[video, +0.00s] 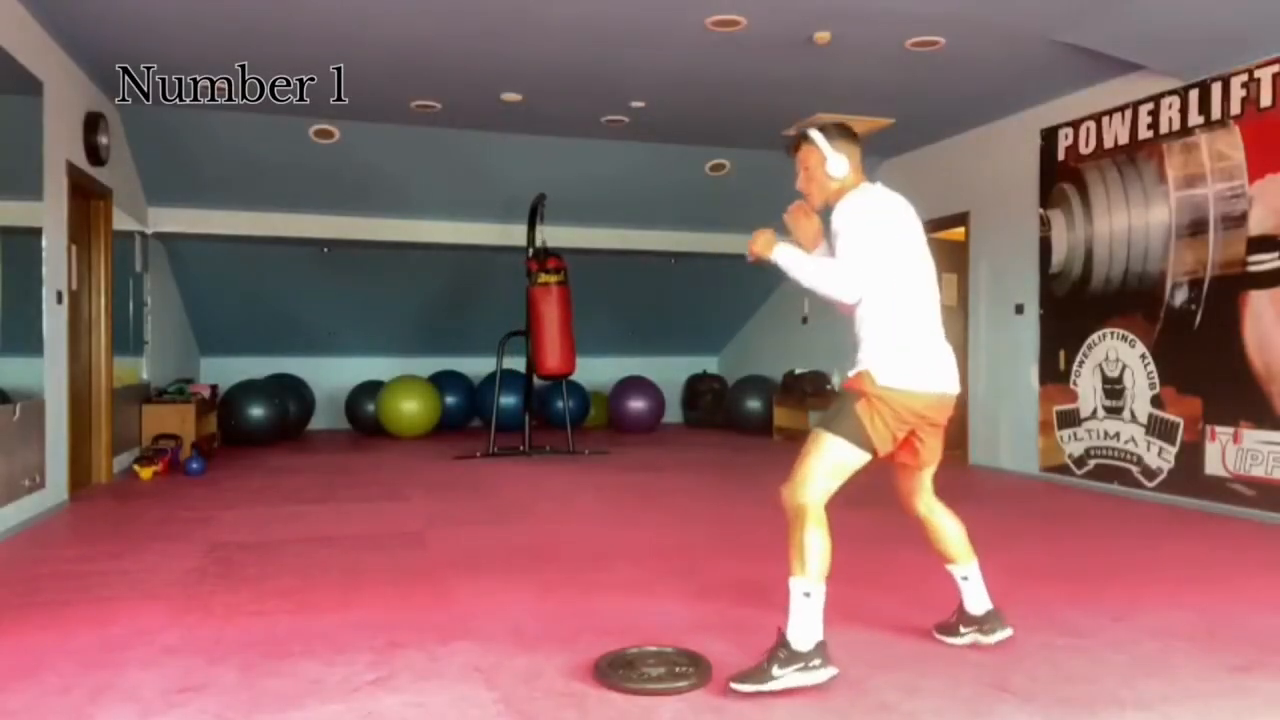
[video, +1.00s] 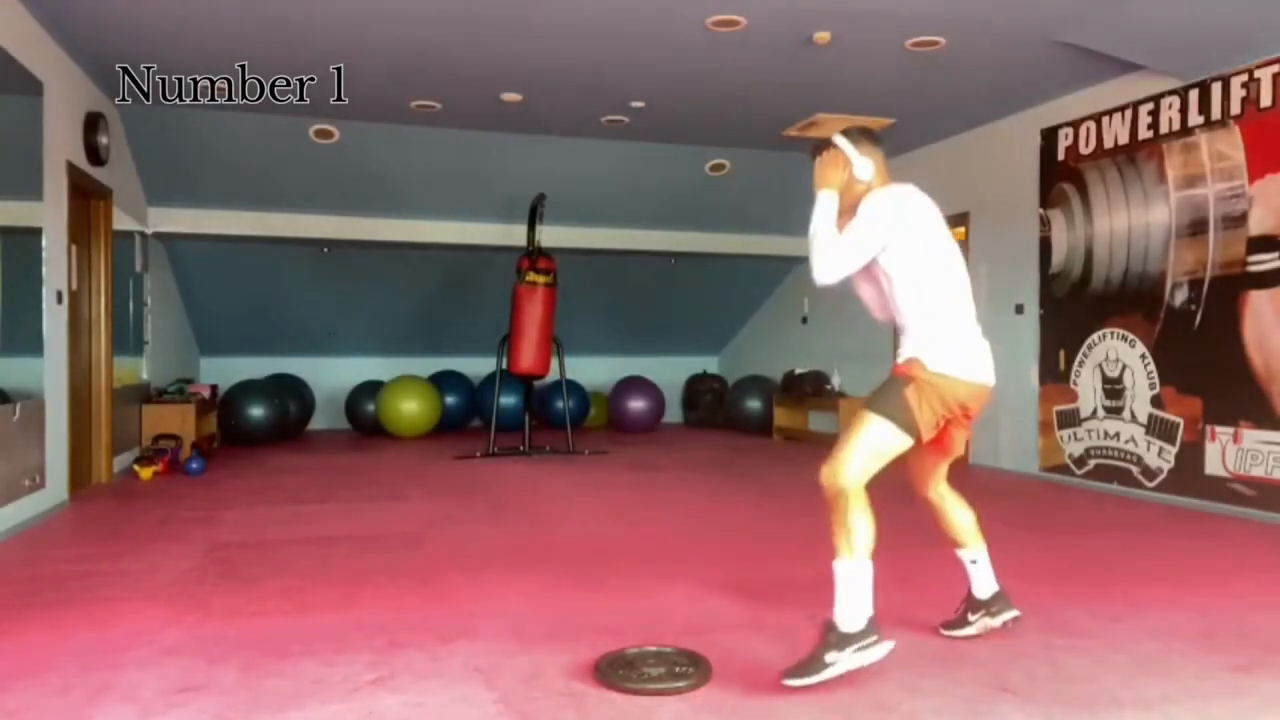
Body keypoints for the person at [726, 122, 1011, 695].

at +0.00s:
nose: (801, 180)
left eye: (806, 167)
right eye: (799, 169)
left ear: (832, 162)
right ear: (850, 161)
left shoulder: (855, 210)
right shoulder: (897, 206)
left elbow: (849, 286)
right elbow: (870, 290)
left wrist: (781, 254)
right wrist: (815, 247)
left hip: (890, 384)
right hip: (936, 385)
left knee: (803, 495)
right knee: (921, 498)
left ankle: (803, 648)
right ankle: (982, 612)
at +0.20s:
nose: (819, 211)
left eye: (823, 199)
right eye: (817, 201)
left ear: (851, 193)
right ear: (867, 193)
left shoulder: (871, 237)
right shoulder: (912, 236)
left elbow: (872, 311)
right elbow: (900, 315)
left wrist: (802, 275)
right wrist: (840, 266)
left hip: (900, 409)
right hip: (944, 412)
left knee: (805, 510)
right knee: (921, 511)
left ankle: (817, 661)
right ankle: (986, 624)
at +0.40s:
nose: (798, 166)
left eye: (805, 154)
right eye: (796, 156)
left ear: (840, 151)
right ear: (825, 157)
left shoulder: (880, 201)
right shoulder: (838, 215)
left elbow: (871, 290)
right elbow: (812, 297)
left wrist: (802, 227)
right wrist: (785, 231)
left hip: (894, 377)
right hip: (902, 378)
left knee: (809, 496)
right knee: (906, 496)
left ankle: (803, 657)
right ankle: (982, 602)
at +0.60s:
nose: (766, 245)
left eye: (775, 230)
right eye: (764, 232)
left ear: (810, 228)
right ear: (798, 233)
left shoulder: (862, 280)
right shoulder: (810, 291)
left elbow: (841, 380)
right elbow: (802, 379)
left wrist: (780, 309)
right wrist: (759, 327)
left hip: (898, 441)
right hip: (878, 437)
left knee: (774, 521)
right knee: (867, 536)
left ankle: (808, 680)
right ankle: (979, 607)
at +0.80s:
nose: (794, 264)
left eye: (799, 252)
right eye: (792, 253)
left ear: (828, 245)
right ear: (845, 244)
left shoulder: (855, 290)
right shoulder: (892, 281)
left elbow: (821, 377)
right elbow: (851, 374)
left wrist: (784, 302)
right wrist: (811, 307)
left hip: (902, 453)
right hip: (945, 453)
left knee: (778, 528)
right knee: (902, 524)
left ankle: (806, 679)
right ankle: (991, 618)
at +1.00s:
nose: (821, 183)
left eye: (825, 170)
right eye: (820, 171)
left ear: (852, 166)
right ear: (870, 165)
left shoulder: (888, 205)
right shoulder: (914, 204)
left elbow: (827, 266)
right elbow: (887, 311)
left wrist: (825, 196)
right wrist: (848, 226)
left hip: (935, 369)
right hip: (967, 371)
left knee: (842, 474)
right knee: (931, 479)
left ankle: (853, 629)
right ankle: (989, 596)